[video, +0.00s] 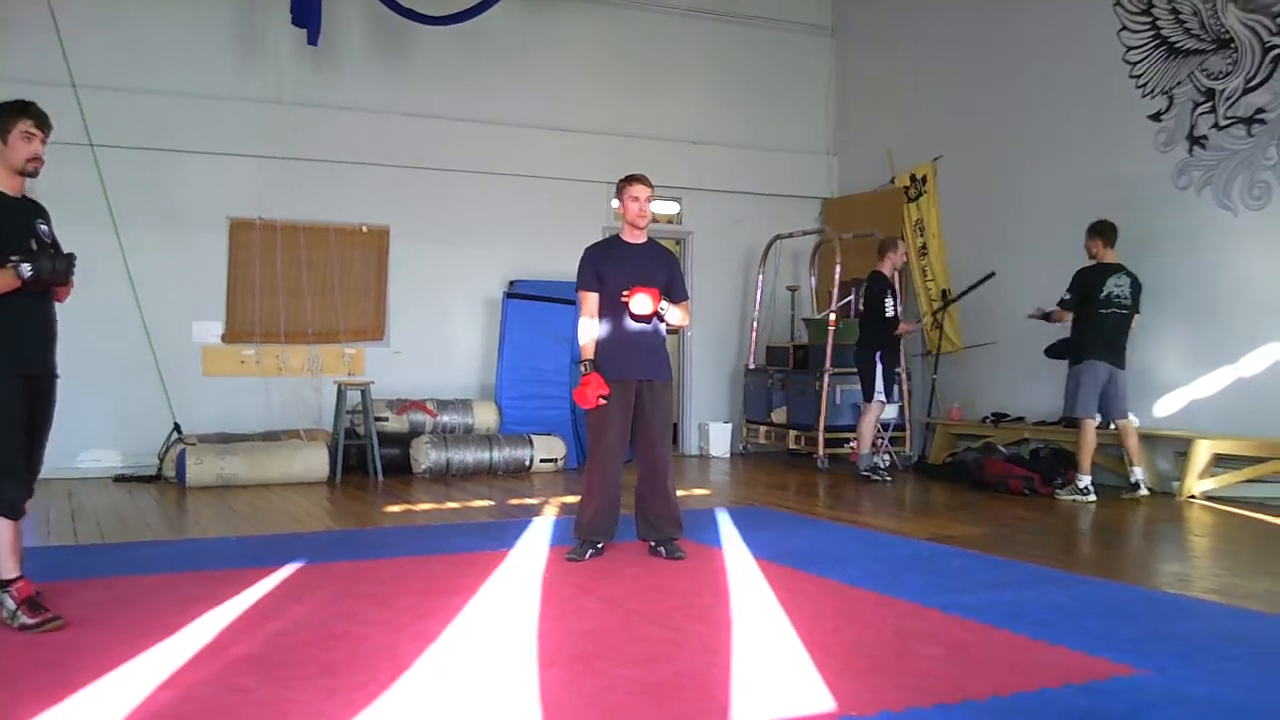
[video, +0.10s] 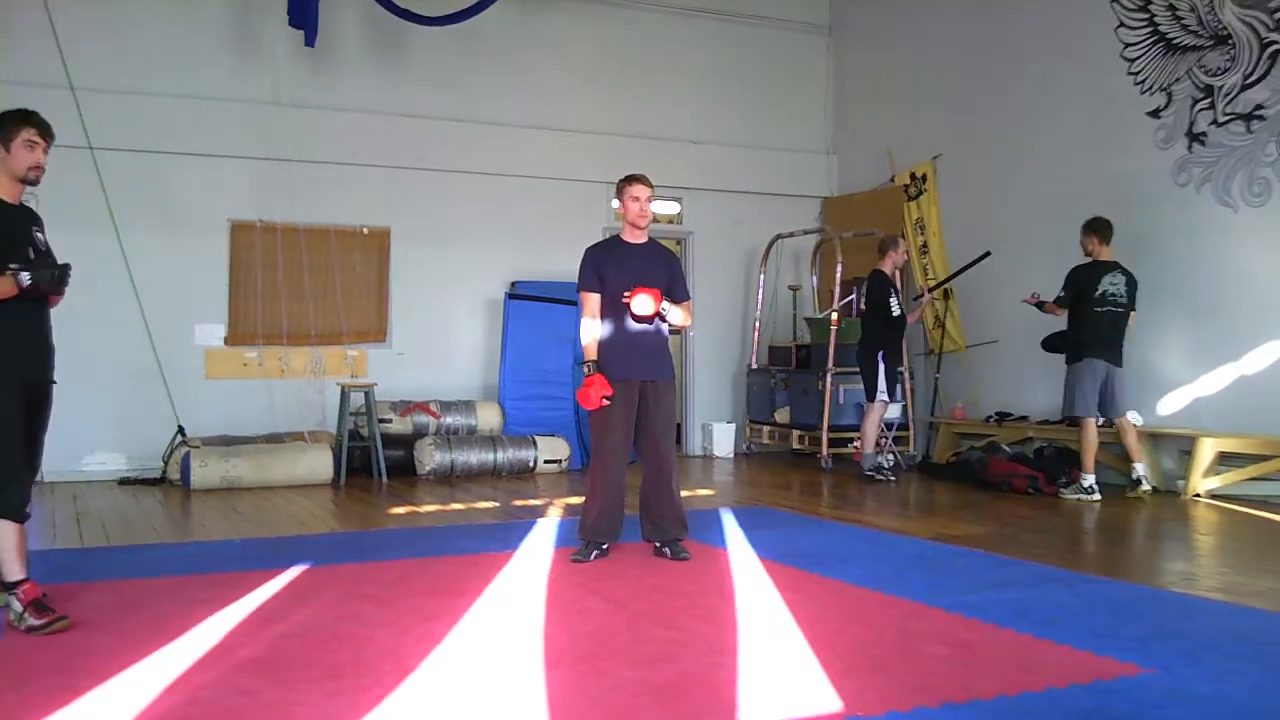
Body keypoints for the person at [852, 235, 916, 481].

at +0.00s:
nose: (905, 260)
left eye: (905, 255)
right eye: (903, 255)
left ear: (887, 256)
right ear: (890, 256)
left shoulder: (878, 280)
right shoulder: (882, 283)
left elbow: (885, 321)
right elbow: (889, 325)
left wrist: (905, 325)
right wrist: (911, 326)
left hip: (874, 350)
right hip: (875, 351)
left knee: (873, 406)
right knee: (875, 405)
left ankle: (865, 459)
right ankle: (864, 461)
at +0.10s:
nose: (905, 257)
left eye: (905, 252)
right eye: (903, 253)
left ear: (887, 255)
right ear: (891, 255)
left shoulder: (880, 280)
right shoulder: (881, 282)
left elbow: (897, 320)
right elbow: (899, 322)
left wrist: (919, 303)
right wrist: (922, 305)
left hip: (875, 350)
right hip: (877, 352)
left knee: (874, 405)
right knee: (879, 404)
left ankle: (869, 459)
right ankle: (868, 461)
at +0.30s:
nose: (920, 257)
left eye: (919, 253)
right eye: (917, 253)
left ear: (901, 255)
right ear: (905, 255)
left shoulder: (891, 280)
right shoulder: (898, 283)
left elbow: (915, 316)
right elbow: (924, 318)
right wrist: (939, 300)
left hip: (889, 349)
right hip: (895, 351)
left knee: (891, 406)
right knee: (895, 404)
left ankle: (886, 460)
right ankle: (884, 462)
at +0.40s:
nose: (936, 257)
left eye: (935, 252)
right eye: (933, 253)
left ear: (916, 256)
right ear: (921, 256)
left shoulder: (908, 281)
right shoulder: (914, 284)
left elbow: (933, 317)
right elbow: (940, 319)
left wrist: (952, 308)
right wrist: (958, 304)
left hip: (906, 350)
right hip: (911, 352)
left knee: (907, 406)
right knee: (911, 406)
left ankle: (902, 461)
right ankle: (900, 463)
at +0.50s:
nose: (937, 258)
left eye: (937, 254)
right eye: (934, 254)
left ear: (918, 257)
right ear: (921, 257)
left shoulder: (910, 283)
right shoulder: (914, 285)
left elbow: (930, 320)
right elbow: (936, 321)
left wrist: (963, 317)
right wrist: (970, 316)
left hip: (911, 353)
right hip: (912, 355)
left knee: (911, 408)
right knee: (912, 408)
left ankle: (904, 462)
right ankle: (903, 465)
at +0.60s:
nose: (937, 259)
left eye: (936, 254)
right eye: (933, 254)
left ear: (918, 257)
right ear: (919, 257)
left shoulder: (911, 283)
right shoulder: (913, 285)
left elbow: (931, 321)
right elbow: (932, 323)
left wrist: (963, 328)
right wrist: (967, 329)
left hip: (913, 354)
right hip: (911, 355)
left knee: (912, 408)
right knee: (913, 408)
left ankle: (903, 462)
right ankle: (902, 465)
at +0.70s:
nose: (936, 259)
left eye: (936, 254)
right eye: (933, 255)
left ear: (919, 258)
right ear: (920, 257)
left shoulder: (910, 284)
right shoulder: (912, 285)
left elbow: (919, 325)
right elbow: (927, 325)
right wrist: (962, 335)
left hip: (912, 353)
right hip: (912, 355)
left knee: (908, 408)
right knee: (914, 407)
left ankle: (904, 462)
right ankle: (903, 465)